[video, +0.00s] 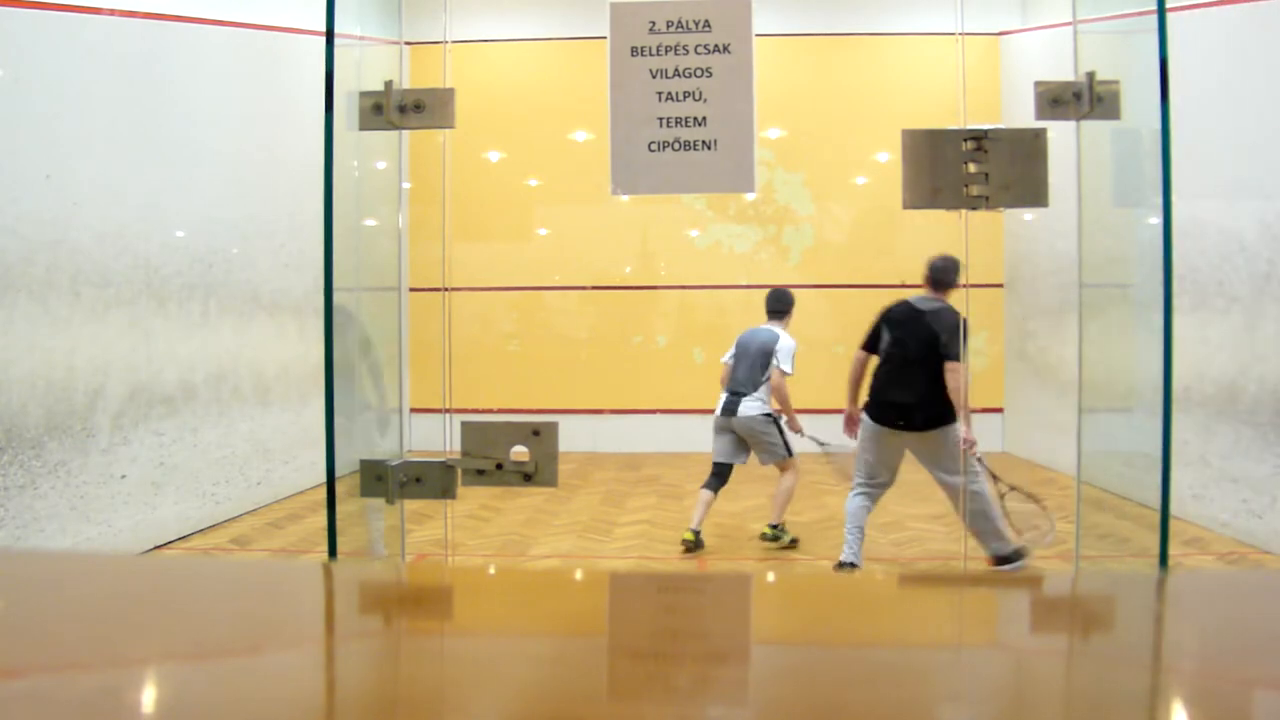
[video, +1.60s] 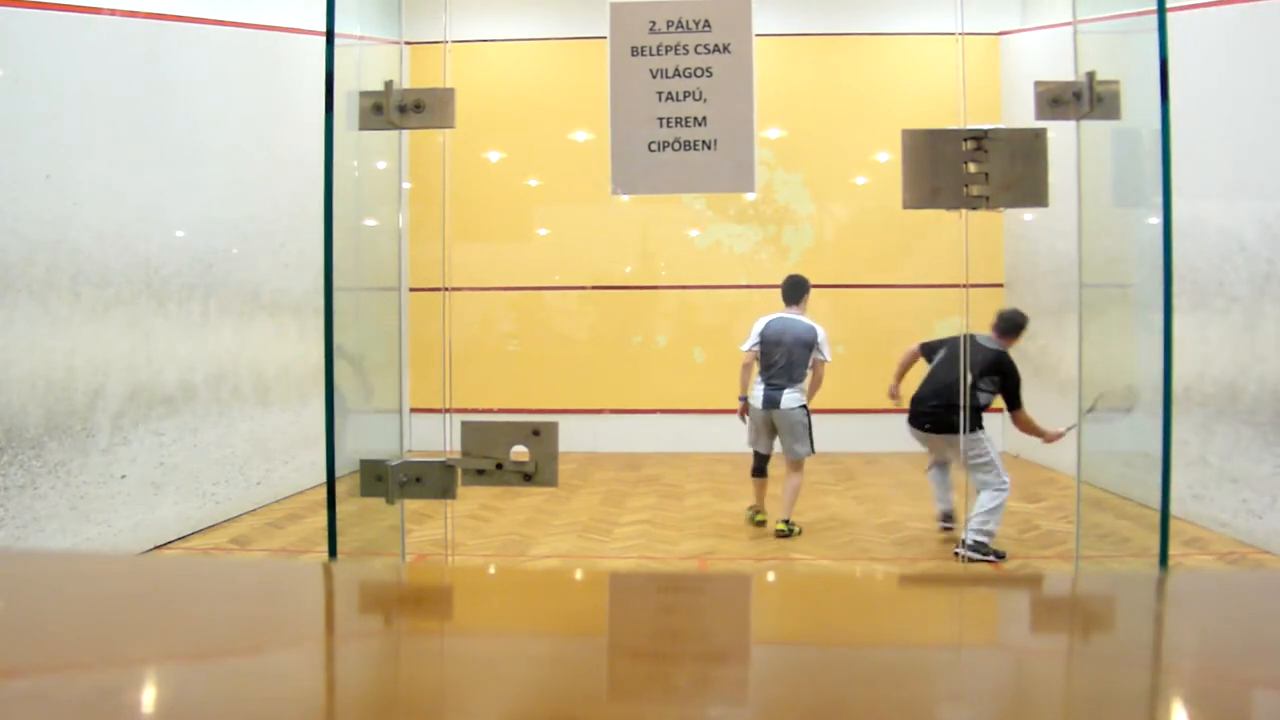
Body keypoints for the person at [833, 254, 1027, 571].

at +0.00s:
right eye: (955, 282)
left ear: (925, 279)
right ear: (954, 284)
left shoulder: (894, 312)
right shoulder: (951, 321)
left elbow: (861, 358)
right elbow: (954, 373)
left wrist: (851, 405)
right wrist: (965, 423)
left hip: (882, 414)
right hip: (931, 419)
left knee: (865, 486)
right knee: (966, 480)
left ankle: (849, 555)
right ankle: (1001, 549)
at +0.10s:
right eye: (934, 271)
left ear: (905, 268)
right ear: (935, 272)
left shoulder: (877, 303)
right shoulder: (939, 310)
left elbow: (849, 353)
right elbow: (948, 363)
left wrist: (842, 399)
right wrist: (969, 413)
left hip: (874, 411)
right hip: (923, 414)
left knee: (862, 483)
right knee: (950, 479)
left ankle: (849, 555)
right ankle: (955, 552)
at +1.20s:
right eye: (912, 303)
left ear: (883, 305)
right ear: (912, 307)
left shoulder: (860, 337)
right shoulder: (916, 344)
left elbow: (839, 372)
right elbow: (937, 397)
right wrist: (958, 436)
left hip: (856, 431)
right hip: (899, 432)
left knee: (832, 496)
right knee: (940, 469)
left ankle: (809, 560)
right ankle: (937, 540)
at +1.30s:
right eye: (936, 310)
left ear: (910, 308)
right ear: (937, 313)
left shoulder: (887, 336)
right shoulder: (939, 349)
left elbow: (861, 359)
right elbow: (962, 399)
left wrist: (891, 352)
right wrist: (986, 434)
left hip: (872, 431)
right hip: (916, 432)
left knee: (849, 493)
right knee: (960, 465)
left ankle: (817, 557)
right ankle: (959, 536)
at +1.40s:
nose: (975, 319)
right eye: (974, 314)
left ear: (948, 310)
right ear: (974, 316)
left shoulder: (920, 334)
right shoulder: (969, 351)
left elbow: (883, 352)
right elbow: (989, 400)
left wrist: (914, 358)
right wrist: (1011, 431)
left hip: (893, 423)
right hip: (934, 425)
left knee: (880, 486)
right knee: (976, 473)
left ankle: (845, 532)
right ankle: (971, 543)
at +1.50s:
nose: (1000, 328)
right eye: (1002, 324)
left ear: (976, 317)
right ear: (1001, 326)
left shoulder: (946, 336)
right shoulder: (990, 356)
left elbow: (900, 355)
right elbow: (1005, 410)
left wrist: (910, 389)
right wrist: (1027, 434)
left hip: (910, 417)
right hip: (948, 421)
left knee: (920, 479)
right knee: (987, 479)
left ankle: (902, 505)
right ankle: (974, 543)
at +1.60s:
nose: (1019, 340)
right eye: (1020, 335)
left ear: (994, 325)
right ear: (1016, 337)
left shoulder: (960, 341)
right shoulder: (1004, 364)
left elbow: (914, 351)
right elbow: (1018, 417)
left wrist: (895, 382)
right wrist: (1045, 435)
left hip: (921, 420)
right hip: (960, 425)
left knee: (938, 460)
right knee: (995, 484)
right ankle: (975, 541)